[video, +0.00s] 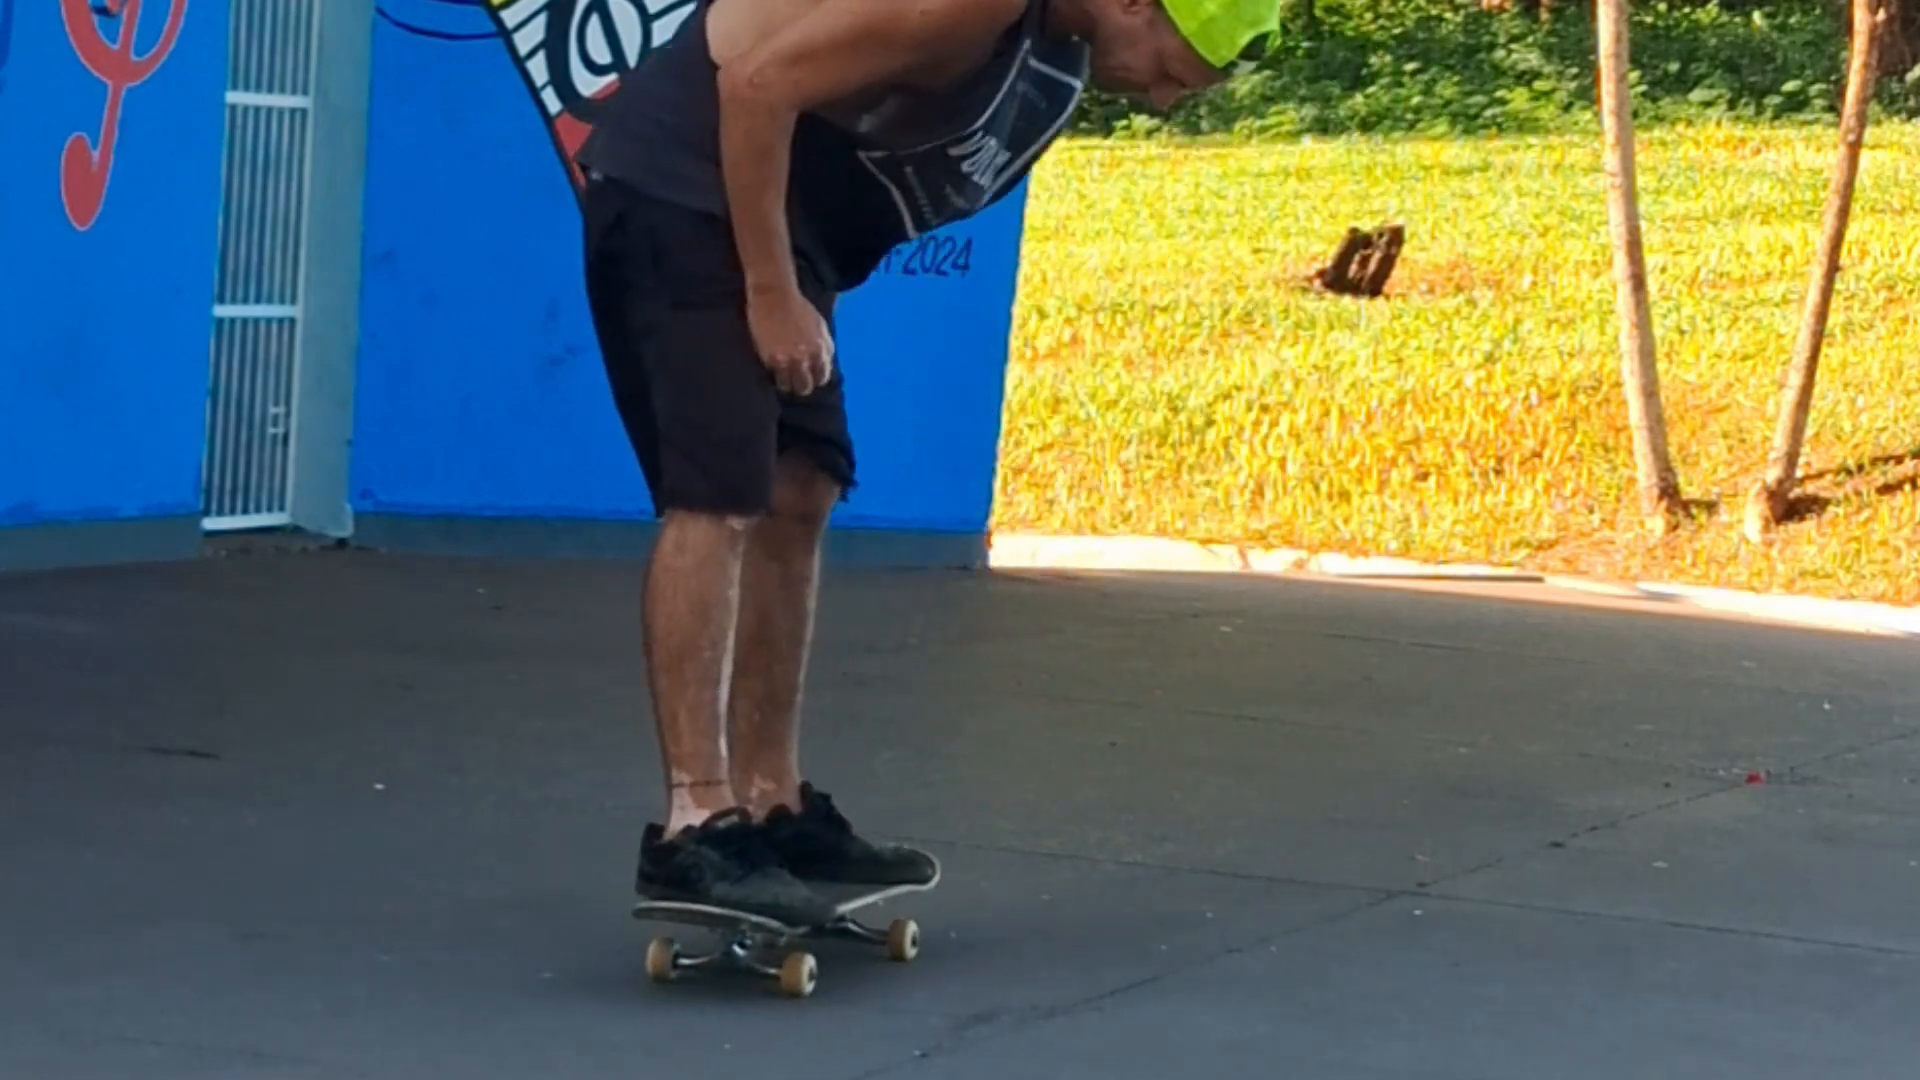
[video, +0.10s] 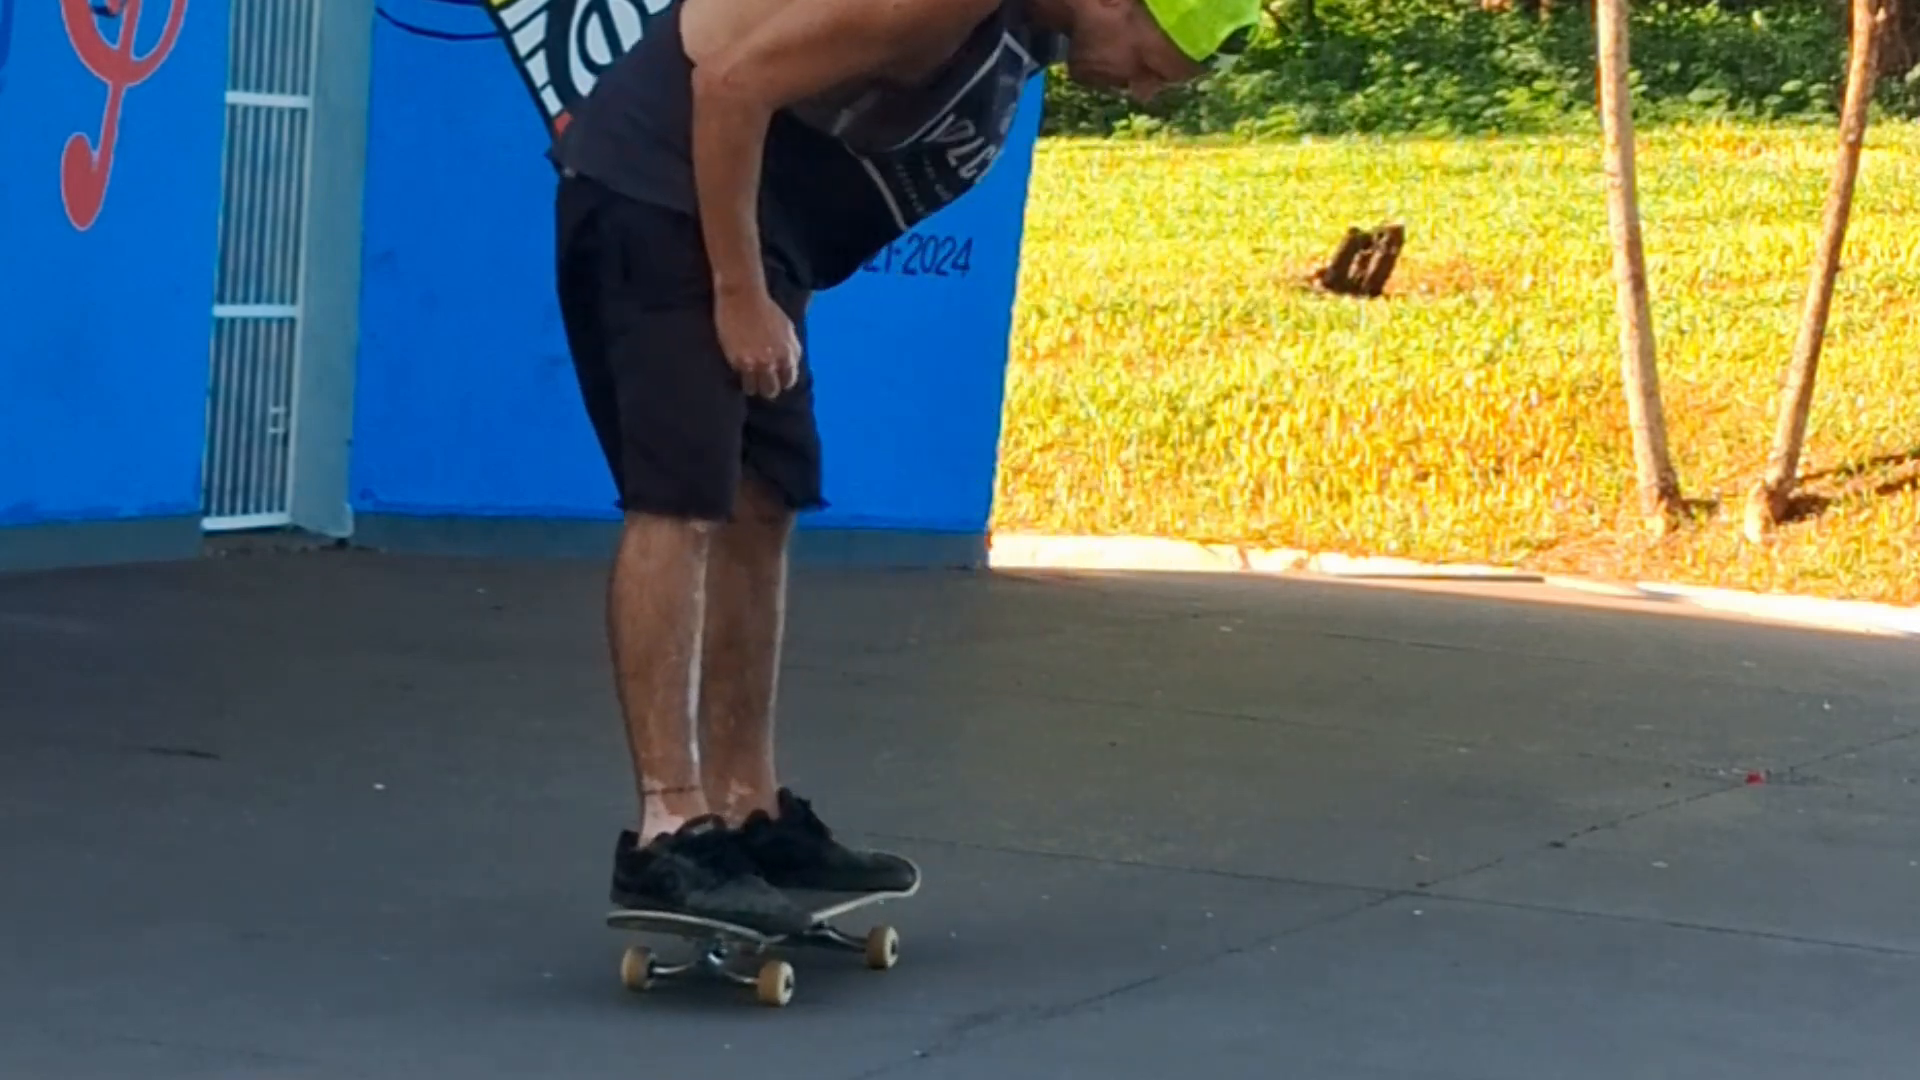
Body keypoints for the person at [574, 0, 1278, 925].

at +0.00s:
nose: (1178, 92)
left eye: (1200, 82)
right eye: (1176, 65)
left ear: (1125, 7)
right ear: (1132, 1)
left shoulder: (1057, 64)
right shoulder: (970, 13)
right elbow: (755, 80)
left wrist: (810, 282)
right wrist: (772, 288)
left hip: (785, 229)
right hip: (675, 191)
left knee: (800, 484)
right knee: (717, 488)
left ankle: (771, 807)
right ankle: (693, 825)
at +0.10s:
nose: (1151, 89)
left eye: (1170, 79)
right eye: (1155, 63)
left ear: (1101, 11)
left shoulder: (1006, 50)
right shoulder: (943, 12)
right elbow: (731, 77)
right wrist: (742, 291)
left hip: (758, 229)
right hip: (655, 195)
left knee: (760, 497)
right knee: (676, 496)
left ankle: (748, 814)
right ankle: (667, 832)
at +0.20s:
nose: (1132, 83)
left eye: (1149, 73)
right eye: (1132, 58)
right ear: (1089, 2)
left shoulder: (1006, 69)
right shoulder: (921, 12)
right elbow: (704, 81)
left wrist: (754, 290)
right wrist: (711, 296)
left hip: (731, 231)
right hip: (627, 198)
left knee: (727, 506)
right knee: (642, 502)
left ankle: (724, 818)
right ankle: (640, 838)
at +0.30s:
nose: (1099, 70)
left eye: (1118, 65)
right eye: (1106, 49)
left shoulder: (985, 49)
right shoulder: (888, 10)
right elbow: (676, 80)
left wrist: (729, 289)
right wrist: (682, 295)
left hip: (706, 230)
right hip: (599, 198)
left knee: (696, 511)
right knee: (611, 505)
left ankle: (702, 824)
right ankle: (613, 847)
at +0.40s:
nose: (1082, 58)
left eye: (1096, 49)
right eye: (1084, 36)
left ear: (1050, 16)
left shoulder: (956, 43)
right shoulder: (863, 10)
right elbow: (645, 78)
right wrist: (651, 297)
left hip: (682, 229)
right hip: (571, 197)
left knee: (668, 514)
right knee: (578, 507)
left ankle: (677, 831)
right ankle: (585, 854)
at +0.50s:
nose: (1071, 45)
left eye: (1086, 30)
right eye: (1070, 17)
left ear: (1031, 13)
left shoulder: (937, 55)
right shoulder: (833, 7)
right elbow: (614, 74)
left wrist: (677, 292)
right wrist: (619, 297)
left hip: (659, 230)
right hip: (542, 190)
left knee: (643, 513)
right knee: (546, 507)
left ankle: (654, 836)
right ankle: (557, 861)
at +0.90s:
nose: (944, 25)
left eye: (960, 21)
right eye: (952, 9)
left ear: (936, 9)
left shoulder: (834, 41)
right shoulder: (729, 1)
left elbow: (673, 147)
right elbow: (485, 65)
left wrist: (642, 319)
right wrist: (495, 296)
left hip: (551, 222)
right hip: (420, 172)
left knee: (531, 525)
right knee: (425, 520)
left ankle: (548, 865)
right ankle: (436, 888)